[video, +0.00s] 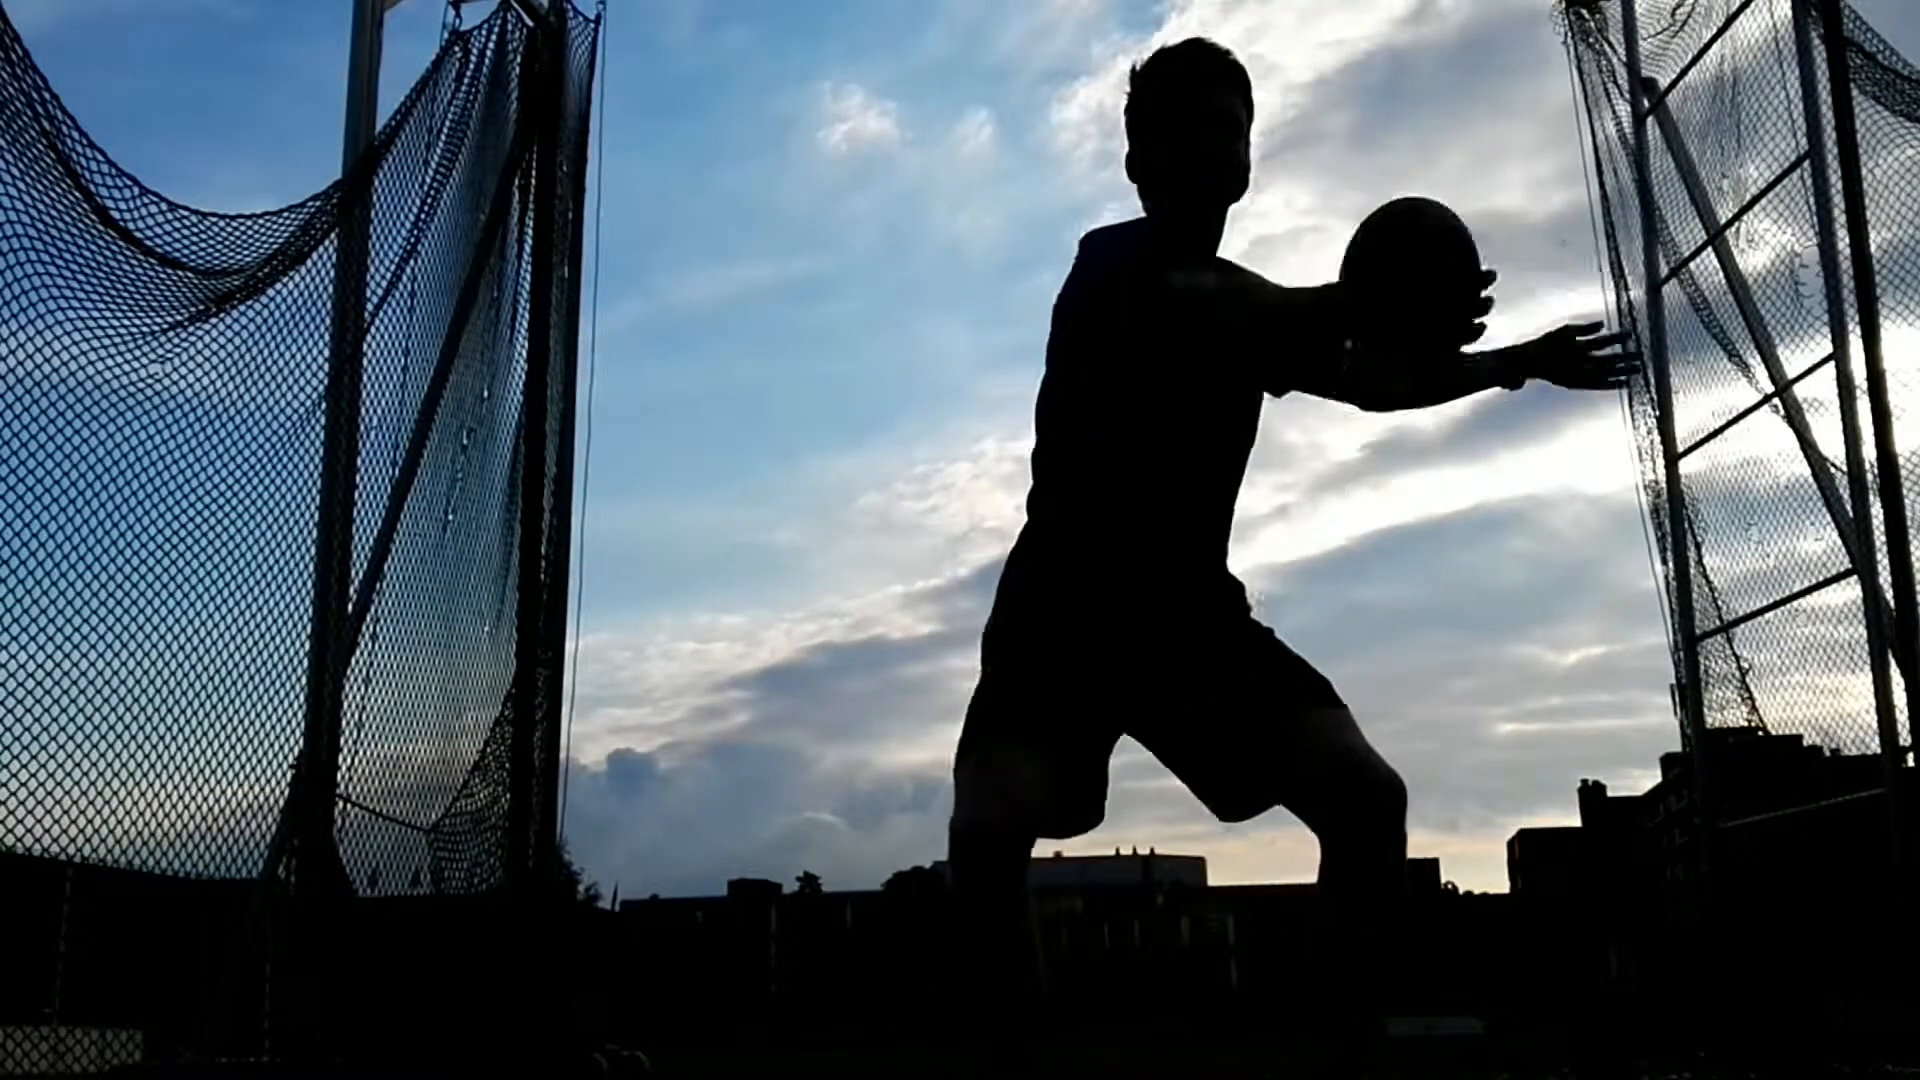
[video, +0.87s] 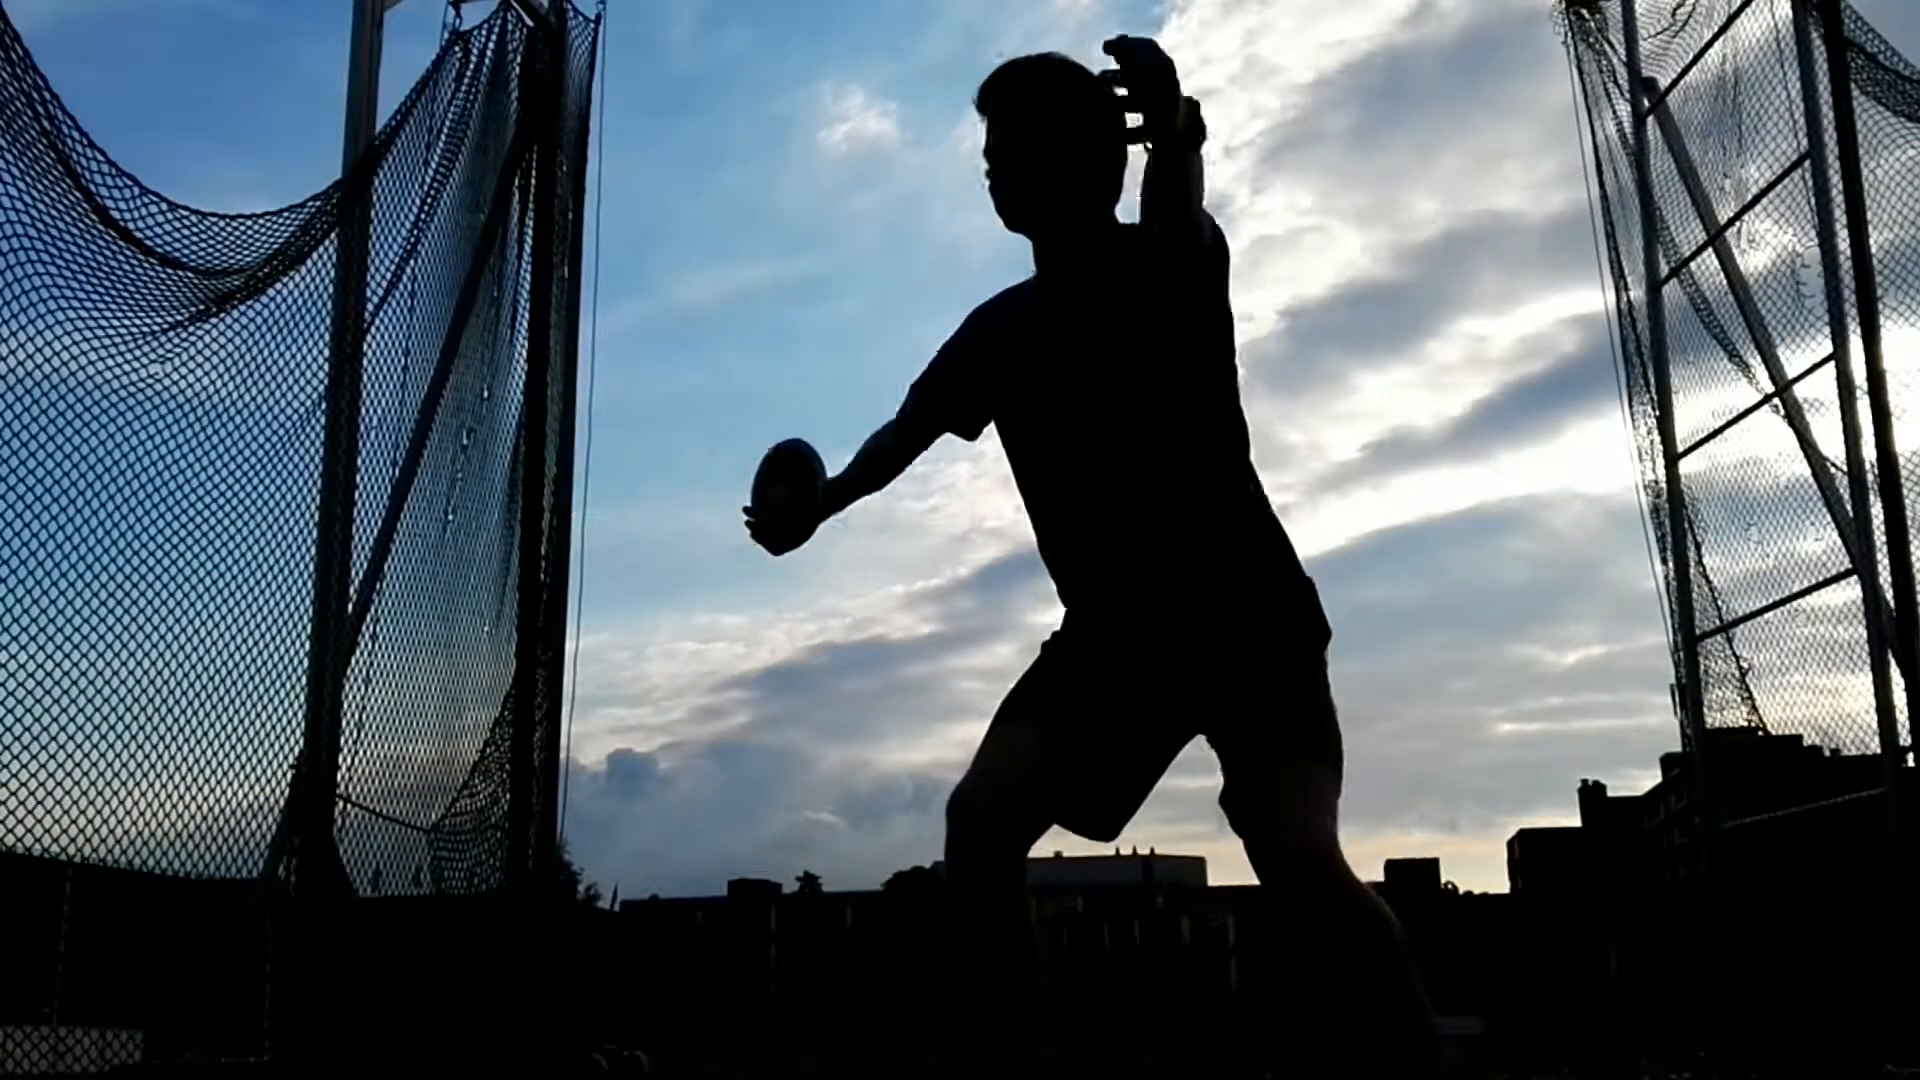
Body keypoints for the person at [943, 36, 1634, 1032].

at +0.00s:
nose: (1230, 154)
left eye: (1237, 131)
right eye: (1203, 130)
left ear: (1249, 152)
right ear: (1146, 146)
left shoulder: (1235, 297)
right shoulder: (1115, 269)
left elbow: (1368, 381)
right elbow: (1249, 328)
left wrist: (1523, 362)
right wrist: (1371, 308)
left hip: (1188, 606)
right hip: (1067, 601)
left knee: (1367, 803)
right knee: (985, 836)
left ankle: (1349, 1043)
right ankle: (989, 1050)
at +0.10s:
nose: (1210, 169)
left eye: (1219, 145)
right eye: (1180, 144)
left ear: (1235, 165)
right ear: (1120, 164)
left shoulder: (1242, 293)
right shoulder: (1079, 285)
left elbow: (1395, 348)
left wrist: (1572, 322)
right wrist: (1237, 288)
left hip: (1199, 627)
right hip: (1062, 629)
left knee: (1375, 807)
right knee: (983, 846)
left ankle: (1354, 1048)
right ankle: (996, 1064)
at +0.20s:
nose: (1184, 172)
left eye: (1196, 150)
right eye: (1153, 148)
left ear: (1216, 171)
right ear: (1103, 169)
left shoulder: (1252, 309)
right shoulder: (1057, 306)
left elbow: (1439, 317)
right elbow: (1006, 361)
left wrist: (1605, 285)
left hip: (1218, 649)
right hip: (1070, 654)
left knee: (1380, 808)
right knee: (986, 842)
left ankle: (1368, 1046)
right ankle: (998, 1068)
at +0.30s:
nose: (1147, 183)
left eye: (1167, 157)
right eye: (1120, 159)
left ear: (1199, 173)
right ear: (1082, 179)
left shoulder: (1256, 308)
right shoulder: (1030, 326)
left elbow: (1451, 288)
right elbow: (910, 380)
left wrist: (1638, 246)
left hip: (1232, 656)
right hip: (1075, 667)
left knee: (1379, 818)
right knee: (990, 850)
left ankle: (1383, 1049)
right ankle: (988, 1068)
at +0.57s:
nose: (1116, 178)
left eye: (1127, 156)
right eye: (1094, 158)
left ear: (1142, 176)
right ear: (1066, 183)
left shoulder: (1239, 286)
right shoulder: (987, 346)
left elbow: (1431, 226)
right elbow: (822, 425)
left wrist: (1594, 143)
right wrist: (651, 479)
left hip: (1247, 648)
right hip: (1097, 665)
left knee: (1362, 842)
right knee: (993, 833)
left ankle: (1432, 1066)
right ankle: (1008, 1057)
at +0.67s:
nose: (1061, 179)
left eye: (1080, 152)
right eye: (1045, 158)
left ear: (1127, 163)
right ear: (1031, 179)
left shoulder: (1225, 280)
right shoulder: (978, 346)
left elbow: (1380, 207)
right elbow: (828, 437)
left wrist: (1506, 117)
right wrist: (678, 497)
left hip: (1252, 637)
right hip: (1100, 655)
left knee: (1346, 857)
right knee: (988, 845)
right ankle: (998, 1064)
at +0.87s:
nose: (997, 177)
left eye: (1015, 151)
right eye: (994, 157)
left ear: (1088, 155)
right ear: (1008, 173)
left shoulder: (1178, 258)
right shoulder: (1000, 332)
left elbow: (1177, 189)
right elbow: (904, 436)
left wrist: (1173, 122)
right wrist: (824, 497)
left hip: (1249, 605)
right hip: (1111, 625)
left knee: (1296, 851)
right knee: (983, 827)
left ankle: (1415, 1058)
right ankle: (1002, 1060)